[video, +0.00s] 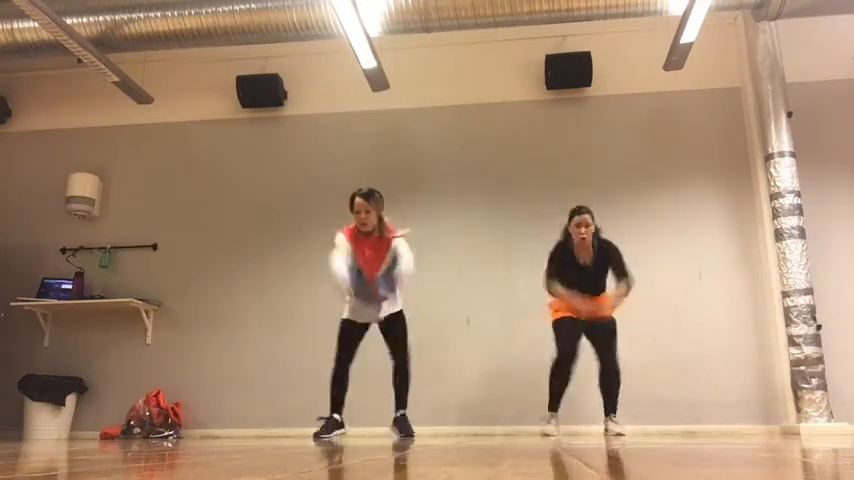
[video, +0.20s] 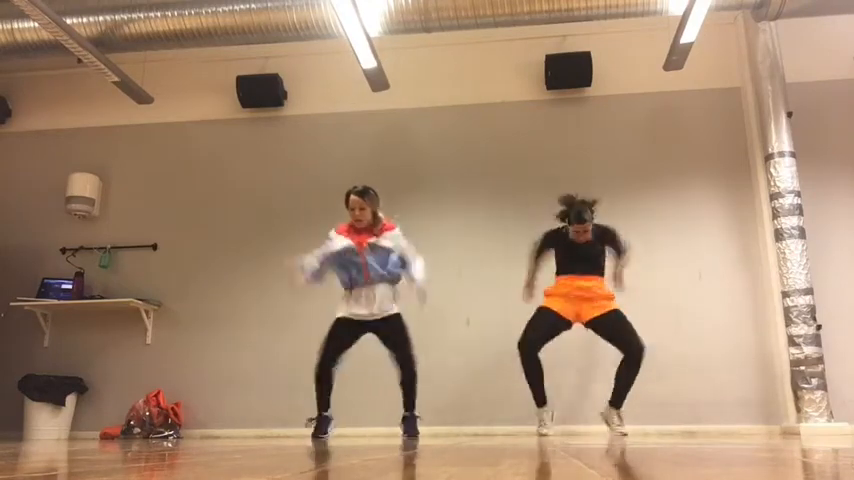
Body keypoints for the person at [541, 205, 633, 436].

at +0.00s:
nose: (582, 229)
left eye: (586, 224)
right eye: (577, 225)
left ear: (594, 227)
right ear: (569, 229)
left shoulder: (607, 249)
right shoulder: (561, 250)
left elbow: (626, 281)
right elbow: (551, 284)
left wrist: (612, 302)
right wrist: (577, 302)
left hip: (599, 309)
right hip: (567, 309)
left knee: (609, 360)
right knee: (566, 356)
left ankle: (610, 418)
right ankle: (552, 415)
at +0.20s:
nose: (582, 236)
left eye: (586, 231)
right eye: (577, 232)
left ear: (592, 224)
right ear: (568, 226)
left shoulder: (604, 234)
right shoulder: (556, 237)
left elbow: (621, 251)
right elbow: (538, 252)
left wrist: (618, 272)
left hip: (597, 302)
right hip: (561, 302)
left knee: (635, 350)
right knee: (526, 346)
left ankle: (613, 410)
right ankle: (543, 410)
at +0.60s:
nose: (571, 224)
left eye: (576, 218)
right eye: (566, 219)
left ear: (584, 218)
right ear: (558, 220)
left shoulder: (598, 235)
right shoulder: (549, 242)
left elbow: (617, 266)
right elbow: (546, 275)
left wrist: (600, 287)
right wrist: (552, 302)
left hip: (592, 299)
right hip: (559, 299)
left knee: (614, 346)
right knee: (540, 343)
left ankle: (624, 413)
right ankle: (543, 407)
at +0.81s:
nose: (570, 223)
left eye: (575, 218)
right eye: (565, 219)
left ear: (583, 219)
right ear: (557, 222)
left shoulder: (596, 234)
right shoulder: (549, 247)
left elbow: (628, 259)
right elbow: (544, 288)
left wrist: (610, 285)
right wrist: (545, 319)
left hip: (590, 299)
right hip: (556, 301)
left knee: (609, 353)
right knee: (541, 354)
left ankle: (625, 416)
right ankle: (541, 418)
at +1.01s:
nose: (575, 244)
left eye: (579, 238)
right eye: (570, 239)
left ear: (588, 233)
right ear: (562, 235)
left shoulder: (598, 251)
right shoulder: (556, 233)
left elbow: (603, 288)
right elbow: (540, 223)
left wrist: (601, 310)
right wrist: (528, 219)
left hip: (587, 303)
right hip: (553, 299)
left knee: (622, 343)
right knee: (539, 351)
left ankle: (639, 408)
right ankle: (533, 416)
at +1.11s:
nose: (561, 266)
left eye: (565, 260)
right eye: (557, 260)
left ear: (578, 255)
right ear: (552, 255)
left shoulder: (589, 278)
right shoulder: (557, 254)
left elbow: (585, 326)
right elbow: (569, 223)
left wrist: (577, 364)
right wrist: (568, 193)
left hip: (589, 317)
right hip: (557, 314)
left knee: (626, 357)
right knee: (534, 354)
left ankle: (638, 419)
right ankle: (536, 418)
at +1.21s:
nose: (553, 279)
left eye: (558, 273)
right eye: (550, 273)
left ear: (572, 271)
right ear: (548, 270)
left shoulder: (586, 292)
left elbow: (581, 338)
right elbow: (569, 233)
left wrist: (571, 372)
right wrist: (561, 198)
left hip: (590, 327)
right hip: (558, 326)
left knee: (628, 361)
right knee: (534, 359)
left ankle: (641, 421)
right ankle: (537, 420)